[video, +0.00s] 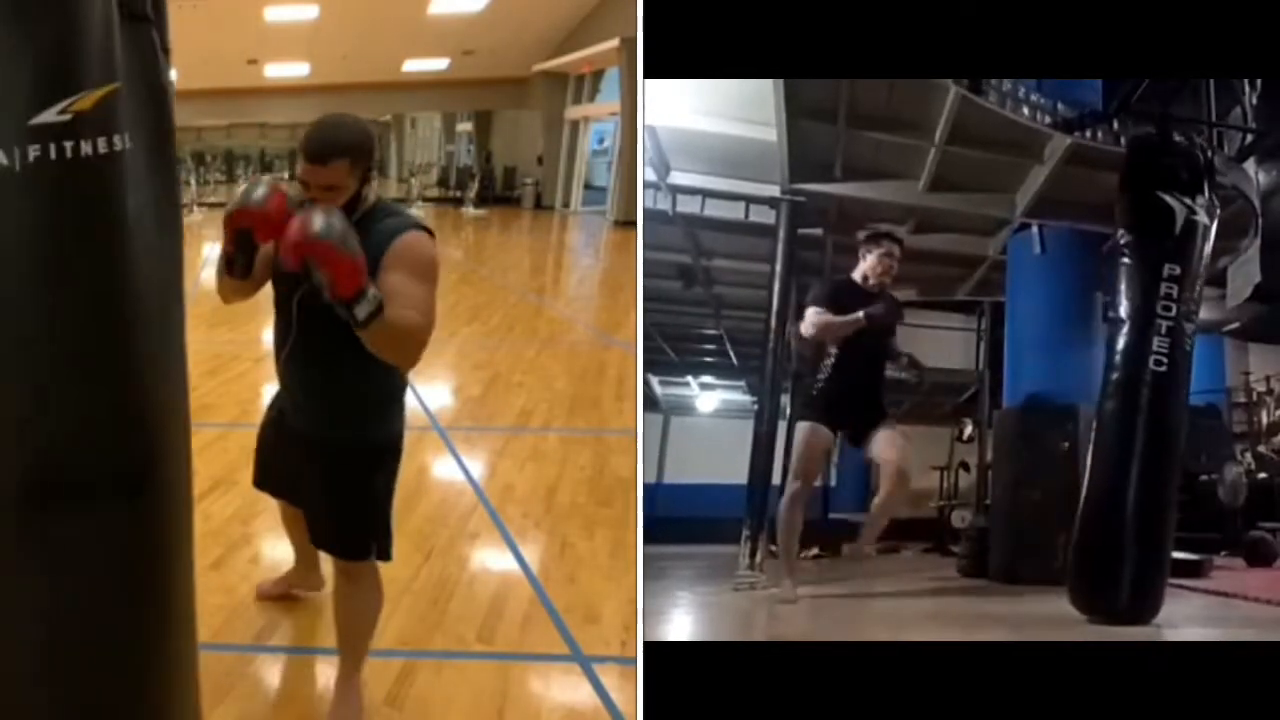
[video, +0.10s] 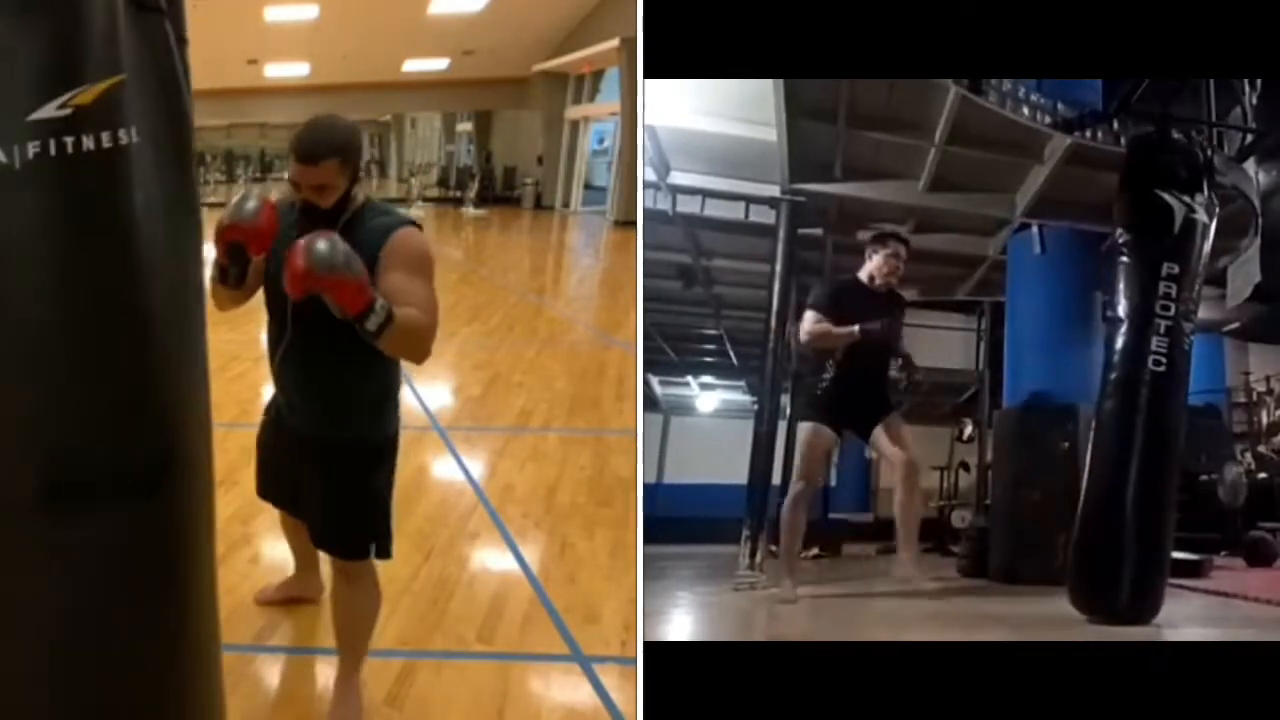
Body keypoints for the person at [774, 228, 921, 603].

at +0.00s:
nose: (889, 264)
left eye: (894, 260)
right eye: (884, 256)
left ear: (896, 268)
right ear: (863, 257)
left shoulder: (889, 306)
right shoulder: (833, 289)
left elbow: (881, 343)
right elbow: (812, 327)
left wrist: (908, 361)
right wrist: (864, 318)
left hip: (867, 406)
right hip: (825, 402)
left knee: (897, 459)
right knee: (799, 483)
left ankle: (865, 546)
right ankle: (788, 576)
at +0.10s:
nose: (896, 265)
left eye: (901, 260)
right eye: (891, 256)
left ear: (903, 268)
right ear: (870, 256)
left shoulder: (894, 304)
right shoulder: (836, 289)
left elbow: (888, 344)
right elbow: (808, 333)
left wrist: (904, 360)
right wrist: (860, 332)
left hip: (872, 400)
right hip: (830, 397)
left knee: (908, 465)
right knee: (804, 484)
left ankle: (906, 563)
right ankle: (787, 577)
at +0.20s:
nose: (901, 268)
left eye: (906, 263)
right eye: (896, 260)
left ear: (907, 270)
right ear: (875, 258)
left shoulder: (901, 304)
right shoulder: (843, 291)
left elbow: (908, 338)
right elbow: (806, 331)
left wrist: (922, 358)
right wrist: (856, 334)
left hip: (879, 400)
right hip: (836, 398)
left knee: (908, 477)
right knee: (805, 485)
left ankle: (921, 573)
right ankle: (787, 578)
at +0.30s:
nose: (917, 271)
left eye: (922, 266)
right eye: (911, 262)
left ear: (925, 272)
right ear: (890, 261)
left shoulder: (921, 304)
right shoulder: (859, 291)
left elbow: (949, 332)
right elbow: (810, 325)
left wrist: (961, 345)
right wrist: (855, 329)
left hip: (890, 406)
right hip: (848, 401)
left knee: (908, 489)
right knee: (815, 483)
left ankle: (927, 578)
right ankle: (789, 575)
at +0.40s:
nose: (925, 271)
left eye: (932, 267)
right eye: (921, 262)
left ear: (936, 273)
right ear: (902, 259)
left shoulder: (932, 303)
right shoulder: (870, 288)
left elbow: (963, 340)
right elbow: (820, 322)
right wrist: (861, 325)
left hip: (900, 404)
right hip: (857, 397)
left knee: (914, 486)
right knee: (819, 467)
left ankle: (926, 580)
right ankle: (796, 563)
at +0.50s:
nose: (929, 268)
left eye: (936, 263)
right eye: (925, 258)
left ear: (938, 269)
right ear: (905, 255)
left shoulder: (935, 298)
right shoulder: (874, 284)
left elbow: (954, 348)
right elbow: (820, 322)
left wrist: (937, 325)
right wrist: (868, 322)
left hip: (906, 402)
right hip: (861, 394)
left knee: (918, 491)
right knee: (823, 464)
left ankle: (927, 581)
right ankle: (794, 564)